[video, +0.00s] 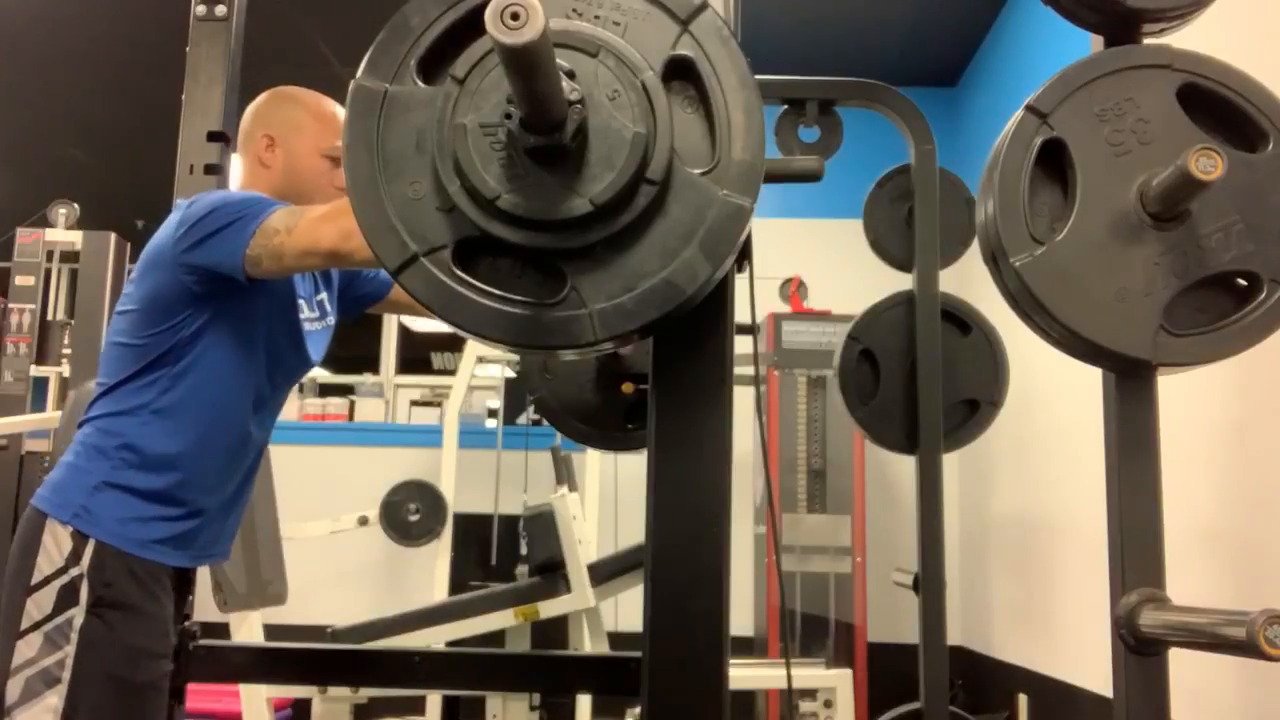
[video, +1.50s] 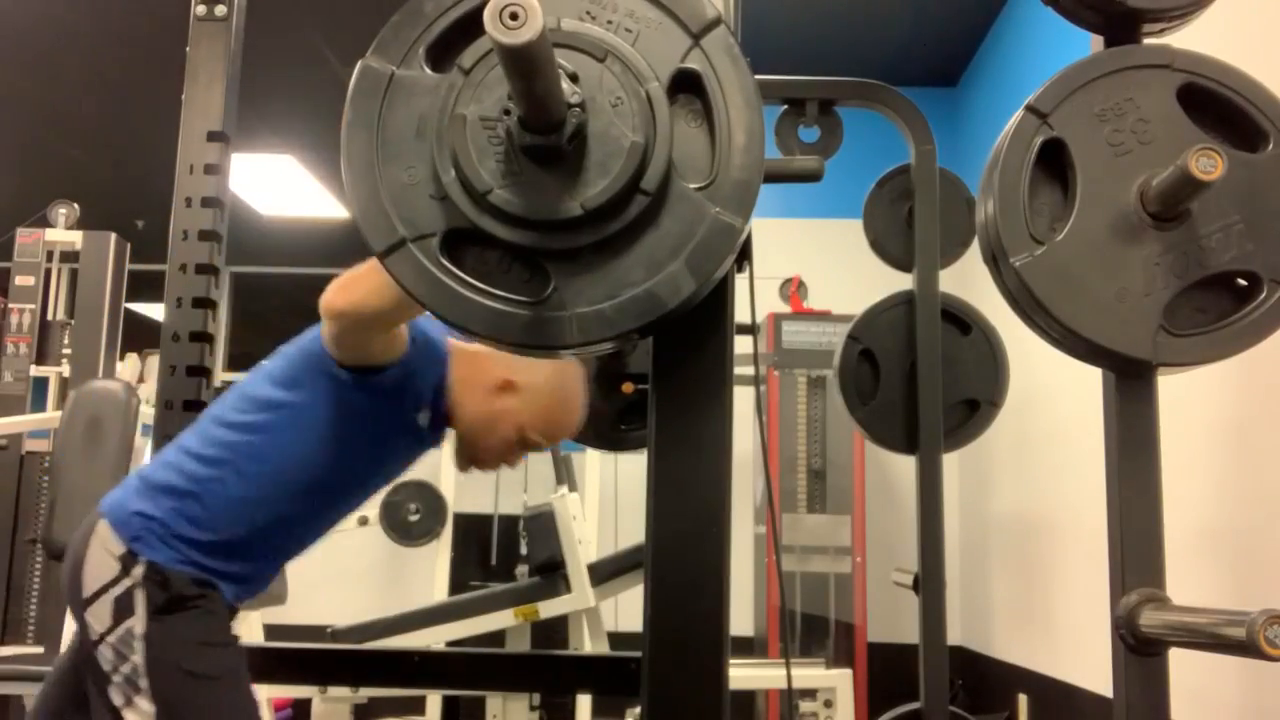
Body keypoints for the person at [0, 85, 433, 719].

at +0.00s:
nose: (346, 183)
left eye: (346, 164)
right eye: (333, 159)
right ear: (267, 150)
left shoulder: (323, 264)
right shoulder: (209, 221)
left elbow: (434, 285)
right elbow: (349, 232)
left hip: (168, 558)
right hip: (96, 548)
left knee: (143, 708)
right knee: (81, 712)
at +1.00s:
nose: (375, 223)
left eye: (378, 202)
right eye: (361, 193)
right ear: (315, 184)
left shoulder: (334, 281)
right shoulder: (232, 241)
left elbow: (429, 262)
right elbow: (324, 197)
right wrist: (420, 168)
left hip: (160, 556)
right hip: (95, 545)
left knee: (148, 708)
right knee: (94, 711)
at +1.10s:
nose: (384, 248)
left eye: (389, 227)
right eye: (373, 222)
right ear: (329, 205)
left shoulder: (335, 291)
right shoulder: (232, 249)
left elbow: (439, 262)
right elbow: (327, 204)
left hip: (158, 559)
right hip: (89, 546)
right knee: (143, 707)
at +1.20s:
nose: (406, 305)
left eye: (420, 293)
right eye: (406, 279)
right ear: (362, 245)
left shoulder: (329, 318)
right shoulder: (241, 265)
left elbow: (431, 304)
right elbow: (324, 229)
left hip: (158, 565)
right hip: (91, 552)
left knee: (32, 706)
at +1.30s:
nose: (427, 371)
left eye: (441, 359)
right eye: (434, 348)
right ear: (392, 285)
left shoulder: (331, 358)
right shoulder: (270, 297)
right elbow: (332, 251)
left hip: (154, 577)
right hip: (96, 565)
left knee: (34, 711)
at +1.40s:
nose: (456, 428)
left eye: (476, 419)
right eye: (472, 406)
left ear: (448, 345)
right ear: (448, 342)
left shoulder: (370, 386)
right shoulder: (338, 336)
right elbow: (333, 287)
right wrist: (447, 238)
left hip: (144, 573)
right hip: (117, 571)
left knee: (41, 713)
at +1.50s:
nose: (511, 461)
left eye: (531, 451)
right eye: (528, 439)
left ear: (501, 371)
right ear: (506, 379)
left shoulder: (426, 398)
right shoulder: (402, 359)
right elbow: (346, 307)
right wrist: (463, 237)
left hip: (173, 571)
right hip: (153, 568)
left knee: (63, 711)